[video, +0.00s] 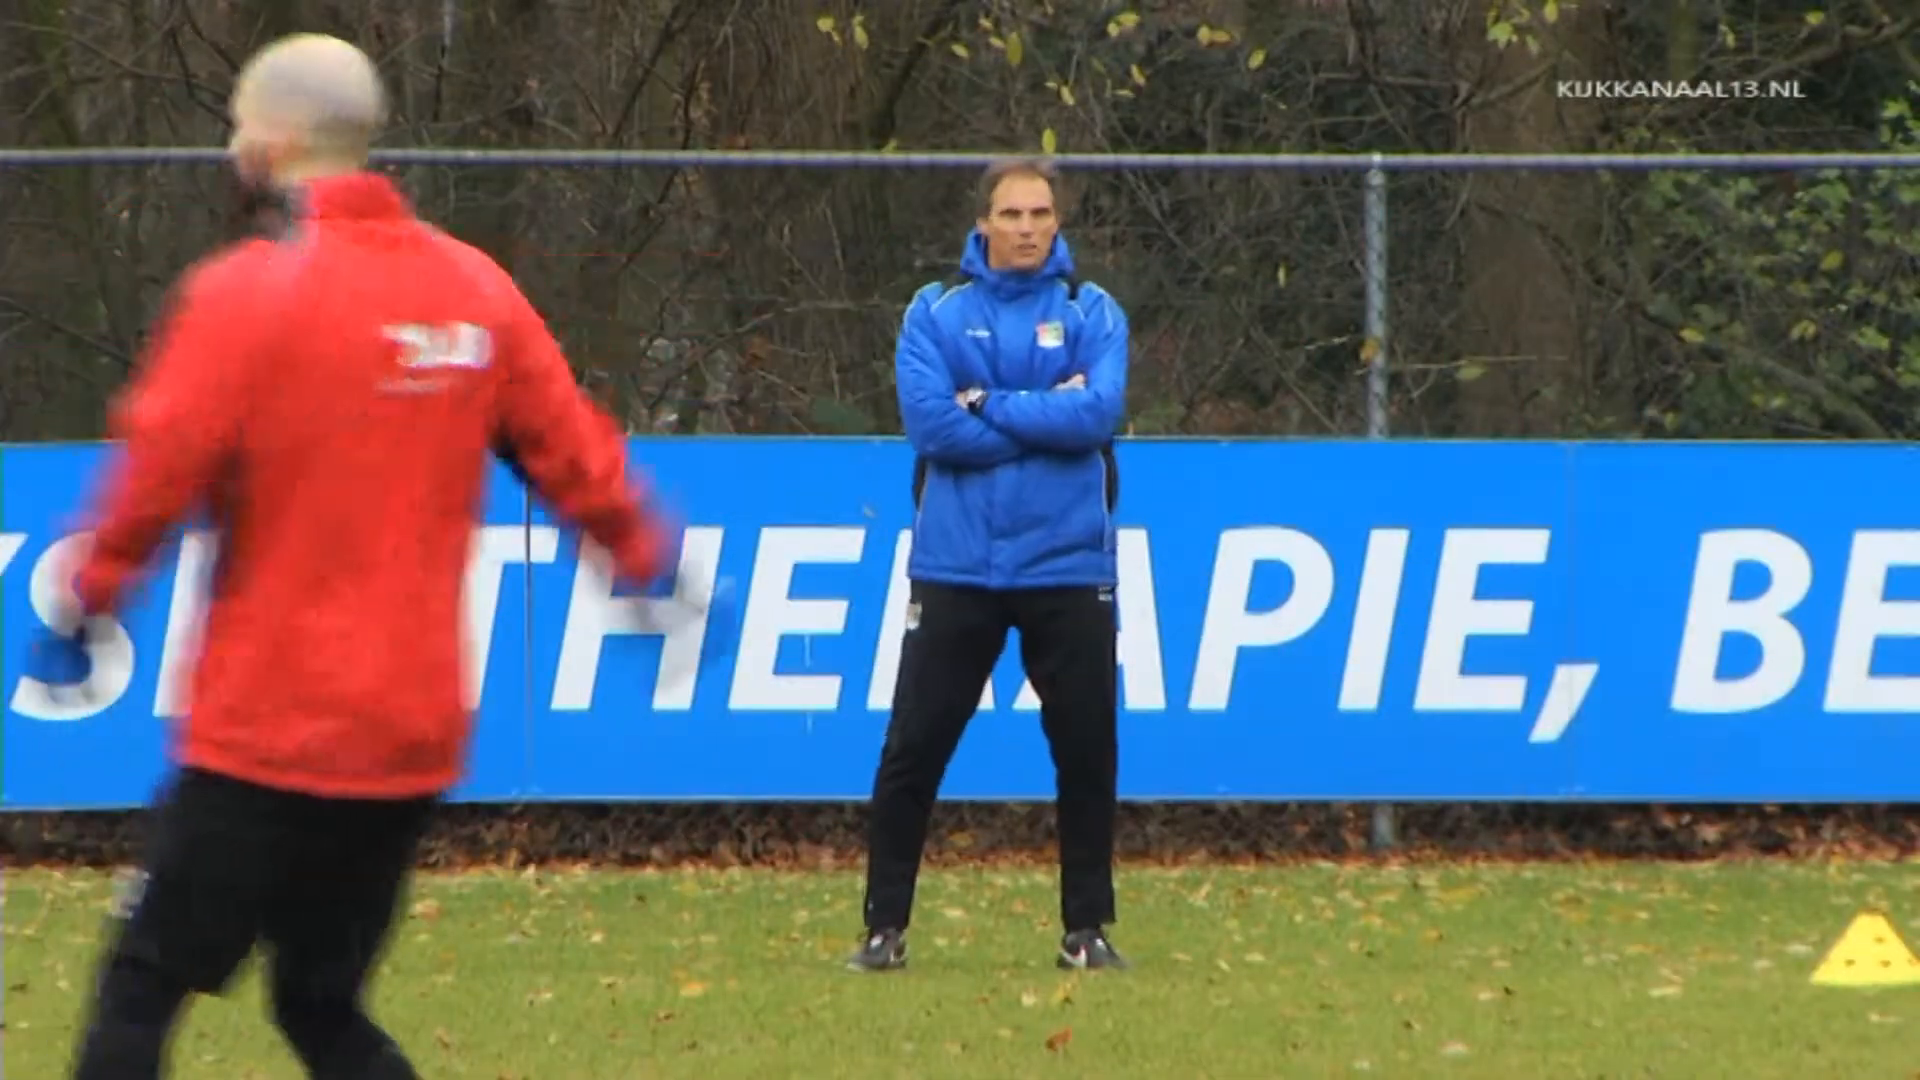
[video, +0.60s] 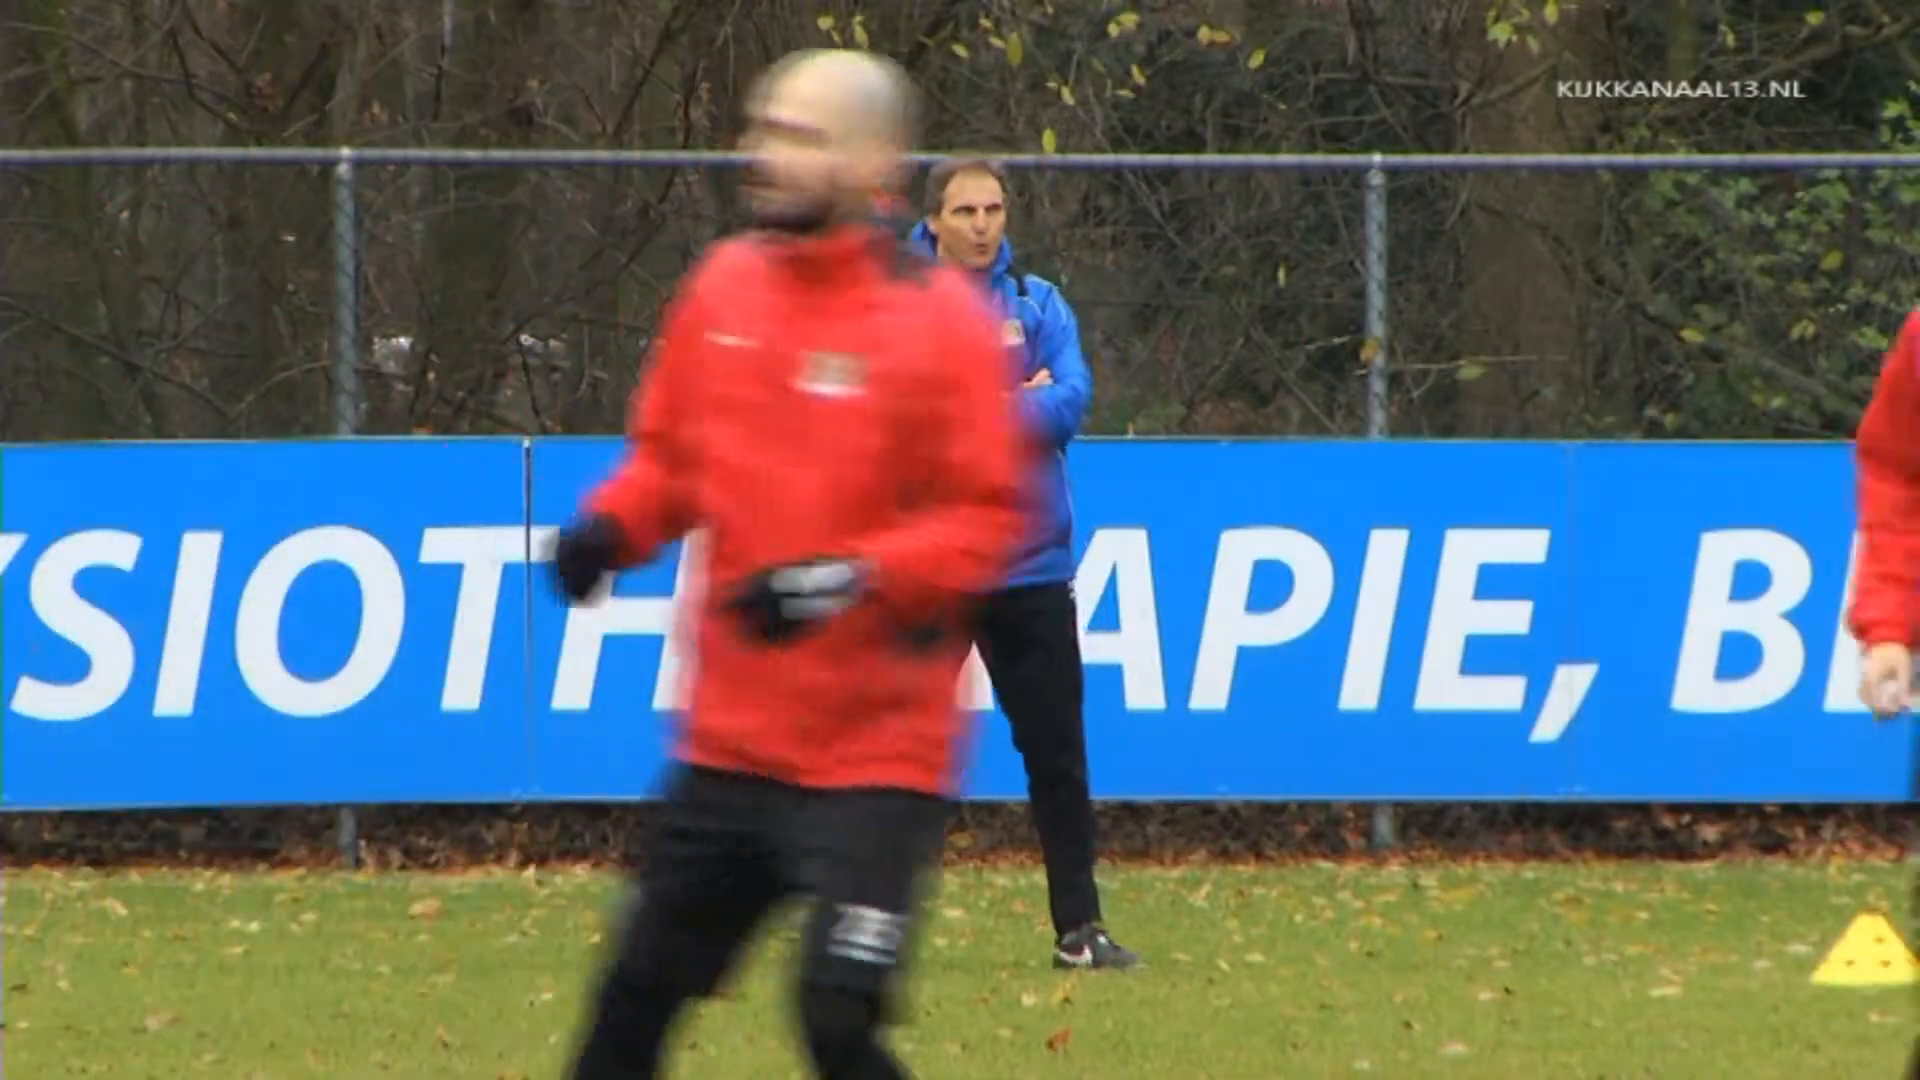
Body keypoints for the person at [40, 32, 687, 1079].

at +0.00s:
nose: (233, 146)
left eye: (241, 127)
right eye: (238, 126)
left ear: (271, 140)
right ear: (363, 138)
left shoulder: (246, 289)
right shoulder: (477, 287)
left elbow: (164, 465)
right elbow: (571, 451)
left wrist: (85, 589)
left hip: (266, 725)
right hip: (413, 727)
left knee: (140, 990)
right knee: (321, 1002)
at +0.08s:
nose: (264, 151)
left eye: (280, 129)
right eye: (268, 128)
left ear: (338, 145)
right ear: (400, 144)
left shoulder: (329, 287)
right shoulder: (511, 286)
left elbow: (275, 476)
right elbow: (563, 523)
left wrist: (209, 586)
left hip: (345, 729)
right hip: (477, 733)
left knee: (203, 985)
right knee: (367, 1007)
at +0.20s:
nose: (343, 128)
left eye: (365, 106)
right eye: (349, 105)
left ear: (441, 120)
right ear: (461, 124)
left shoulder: (456, 257)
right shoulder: (553, 250)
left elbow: (444, 476)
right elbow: (521, 489)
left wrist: (346, 587)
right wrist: (386, 601)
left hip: (469, 694)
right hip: (549, 696)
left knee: (294, 947)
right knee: (417, 977)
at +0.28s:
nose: (411, 106)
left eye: (437, 87)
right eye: (417, 85)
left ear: (518, 108)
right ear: (503, 111)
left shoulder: (556, 244)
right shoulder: (524, 243)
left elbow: (560, 444)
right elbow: (484, 454)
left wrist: (460, 586)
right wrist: (359, 511)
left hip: (549, 671)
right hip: (543, 666)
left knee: (400, 948)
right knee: (450, 965)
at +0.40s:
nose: (532, 108)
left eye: (560, 91)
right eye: (535, 86)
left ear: (640, 117)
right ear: (542, 98)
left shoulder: (701, 262)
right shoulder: (568, 253)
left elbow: (717, 459)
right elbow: (539, 438)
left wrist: (575, 561)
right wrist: (442, 474)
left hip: (651, 683)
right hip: (562, 672)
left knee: (528, 981)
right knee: (495, 977)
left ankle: (661, 1065)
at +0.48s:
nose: (620, 124)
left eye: (648, 108)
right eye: (620, 102)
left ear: (725, 131)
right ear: (623, 113)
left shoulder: (794, 282)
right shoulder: (624, 258)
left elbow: (823, 485)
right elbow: (581, 445)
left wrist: (677, 557)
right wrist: (507, 494)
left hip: (722, 714)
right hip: (608, 703)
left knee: (683, 1010)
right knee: (537, 983)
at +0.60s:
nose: (760, 152)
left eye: (795, 136)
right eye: (758, 130)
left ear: (875, 167)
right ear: (747, 138)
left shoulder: (943, 321)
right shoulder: (724, 283)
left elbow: (995, 518)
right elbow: (671, 460)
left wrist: (861, 572)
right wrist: (607, 528)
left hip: (880, 753)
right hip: (736, 736)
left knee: (838, 1020)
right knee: (634, 995)